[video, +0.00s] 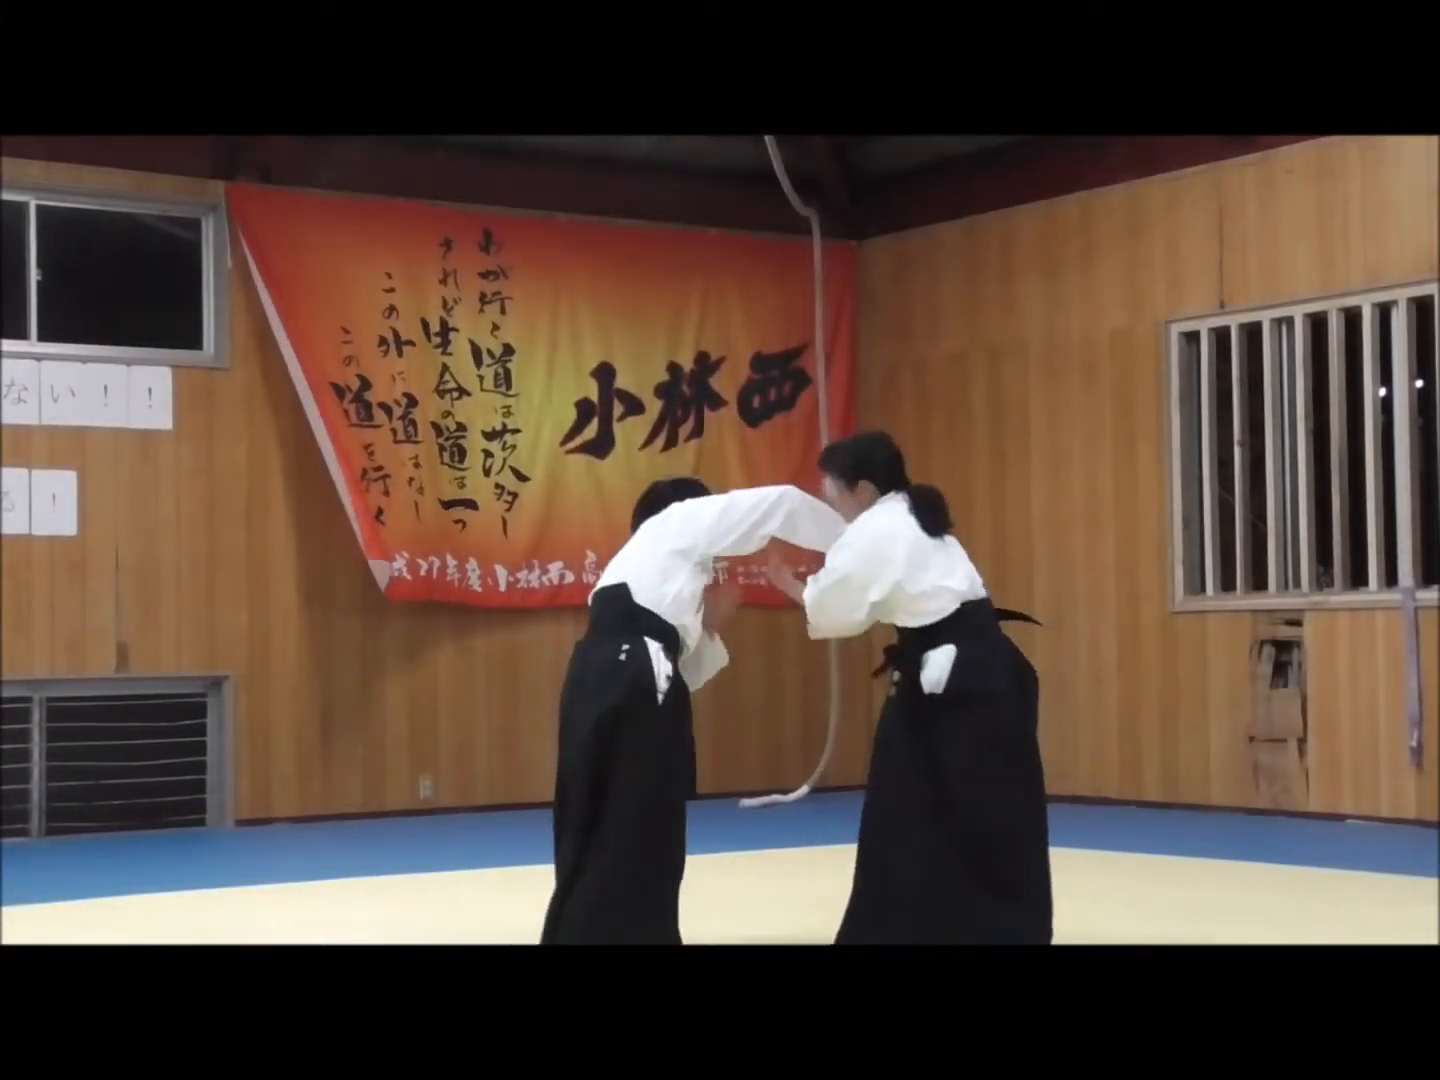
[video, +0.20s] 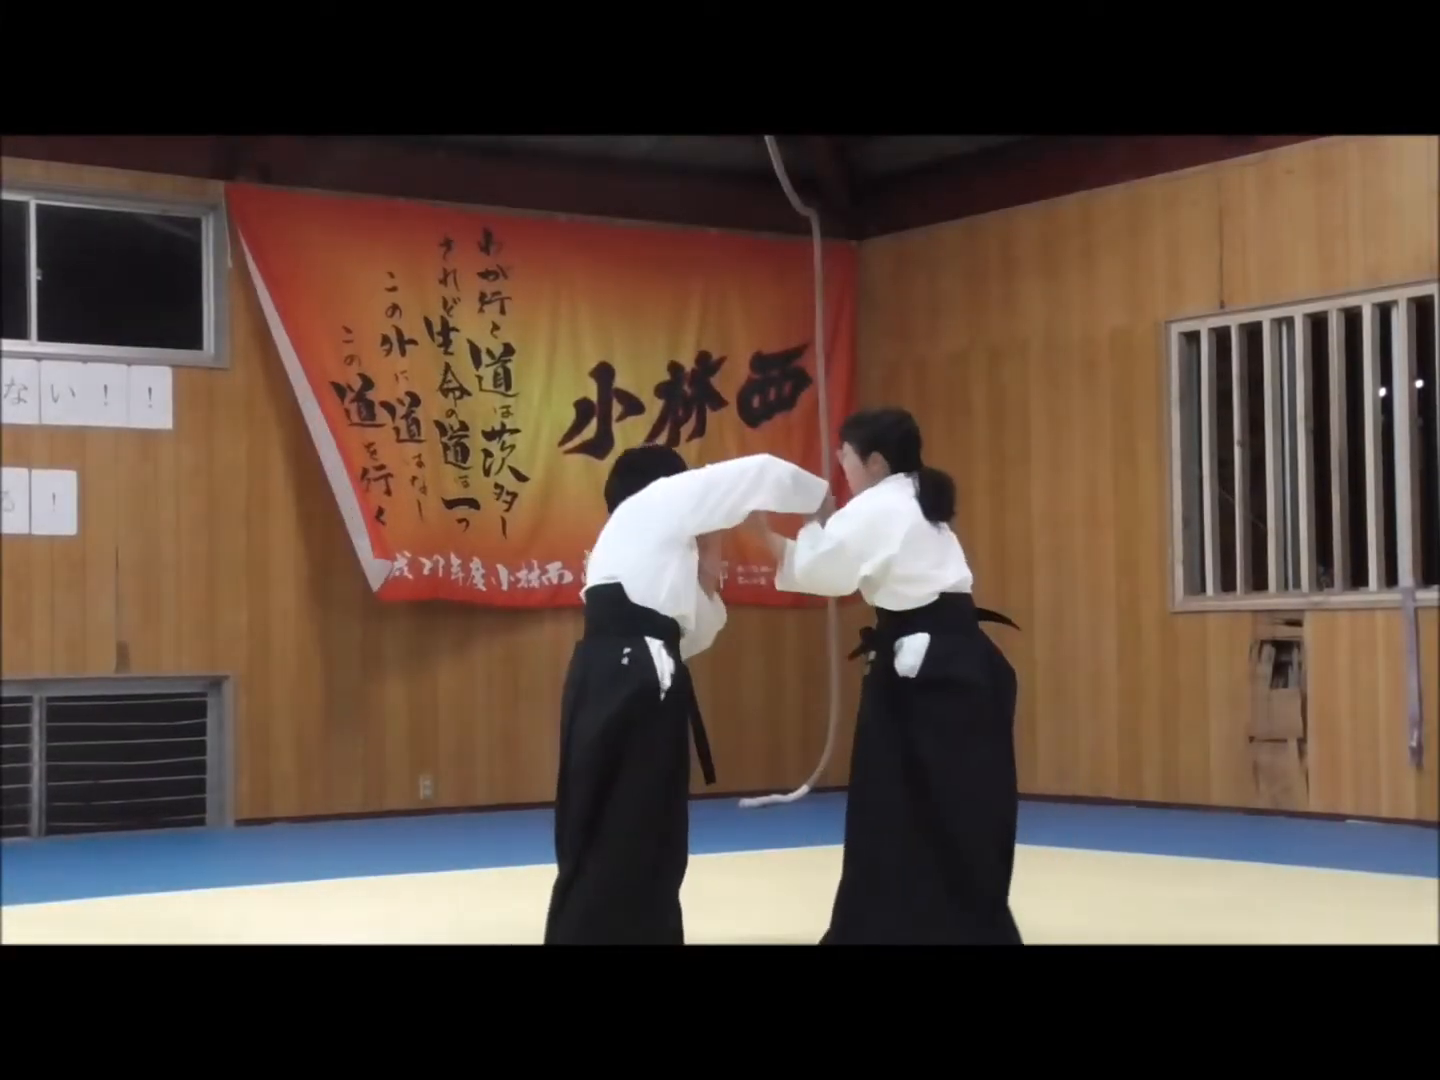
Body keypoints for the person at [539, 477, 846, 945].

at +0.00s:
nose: (718, 525)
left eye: (713, 513)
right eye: (709, 512)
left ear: (650, 516)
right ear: (688, 508)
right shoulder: (675, 524)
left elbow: (679, 679)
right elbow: (781, 501)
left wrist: (711, 624)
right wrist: (854, 542)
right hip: (633, 678)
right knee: (638, 844)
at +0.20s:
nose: (692, 488)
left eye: (691, 481)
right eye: (686, 480)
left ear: (623, 490)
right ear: (669, 480)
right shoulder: (657, 502)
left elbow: (688, 640)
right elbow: (762, 470)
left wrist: (708, 582)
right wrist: (822, 501)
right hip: (633, 672)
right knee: (632, 835)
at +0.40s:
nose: (660, 463)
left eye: (655, 458)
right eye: (652, 457)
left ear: (588, 480)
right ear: (637, 461)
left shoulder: (590, 525)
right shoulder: (647, 487)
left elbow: (677, 592)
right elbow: (743, 449)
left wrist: (698, 554)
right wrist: (787, 468)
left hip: (600, 668)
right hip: (645, 666)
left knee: (601, 821)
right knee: (644, 826)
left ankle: (581, 931)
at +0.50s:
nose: (639, 451)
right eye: (631, 446)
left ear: (570, 483)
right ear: (623, 454)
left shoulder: (573, 531)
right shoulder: (651, 478)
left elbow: (601, 597)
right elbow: (752, 442)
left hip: (597, 661)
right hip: (654, 658)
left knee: (599, 808)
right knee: (643, 812)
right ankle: (574, 929)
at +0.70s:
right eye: (603, 434)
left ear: (553, 489)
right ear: (611, 451)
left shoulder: (555, 540)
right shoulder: (652, 475)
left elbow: (559, 607)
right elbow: (705, 443)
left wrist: (609, 576)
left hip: (604, 653)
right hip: (671, 642)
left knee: (604, 790)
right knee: (658, 779)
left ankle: (617, 925)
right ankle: (608, 914)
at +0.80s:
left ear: (551, 489)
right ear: (607, 454)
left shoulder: (551, 539)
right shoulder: (665, 473)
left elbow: (530, 614)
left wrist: (582, 576)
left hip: (611, 656)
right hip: (685, 645)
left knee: (610, 789)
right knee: (683, 779)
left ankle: (607, 929)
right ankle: (648, 915)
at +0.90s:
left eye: (541, 484)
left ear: (548, 494)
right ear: (609, 469)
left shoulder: (549, 543)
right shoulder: (648, 495)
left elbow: (513, 633)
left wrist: (553, 598)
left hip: (623, 660)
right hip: (697, 651)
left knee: (617, 796)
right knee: (693, 791)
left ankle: (613, 928)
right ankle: (683, 925)